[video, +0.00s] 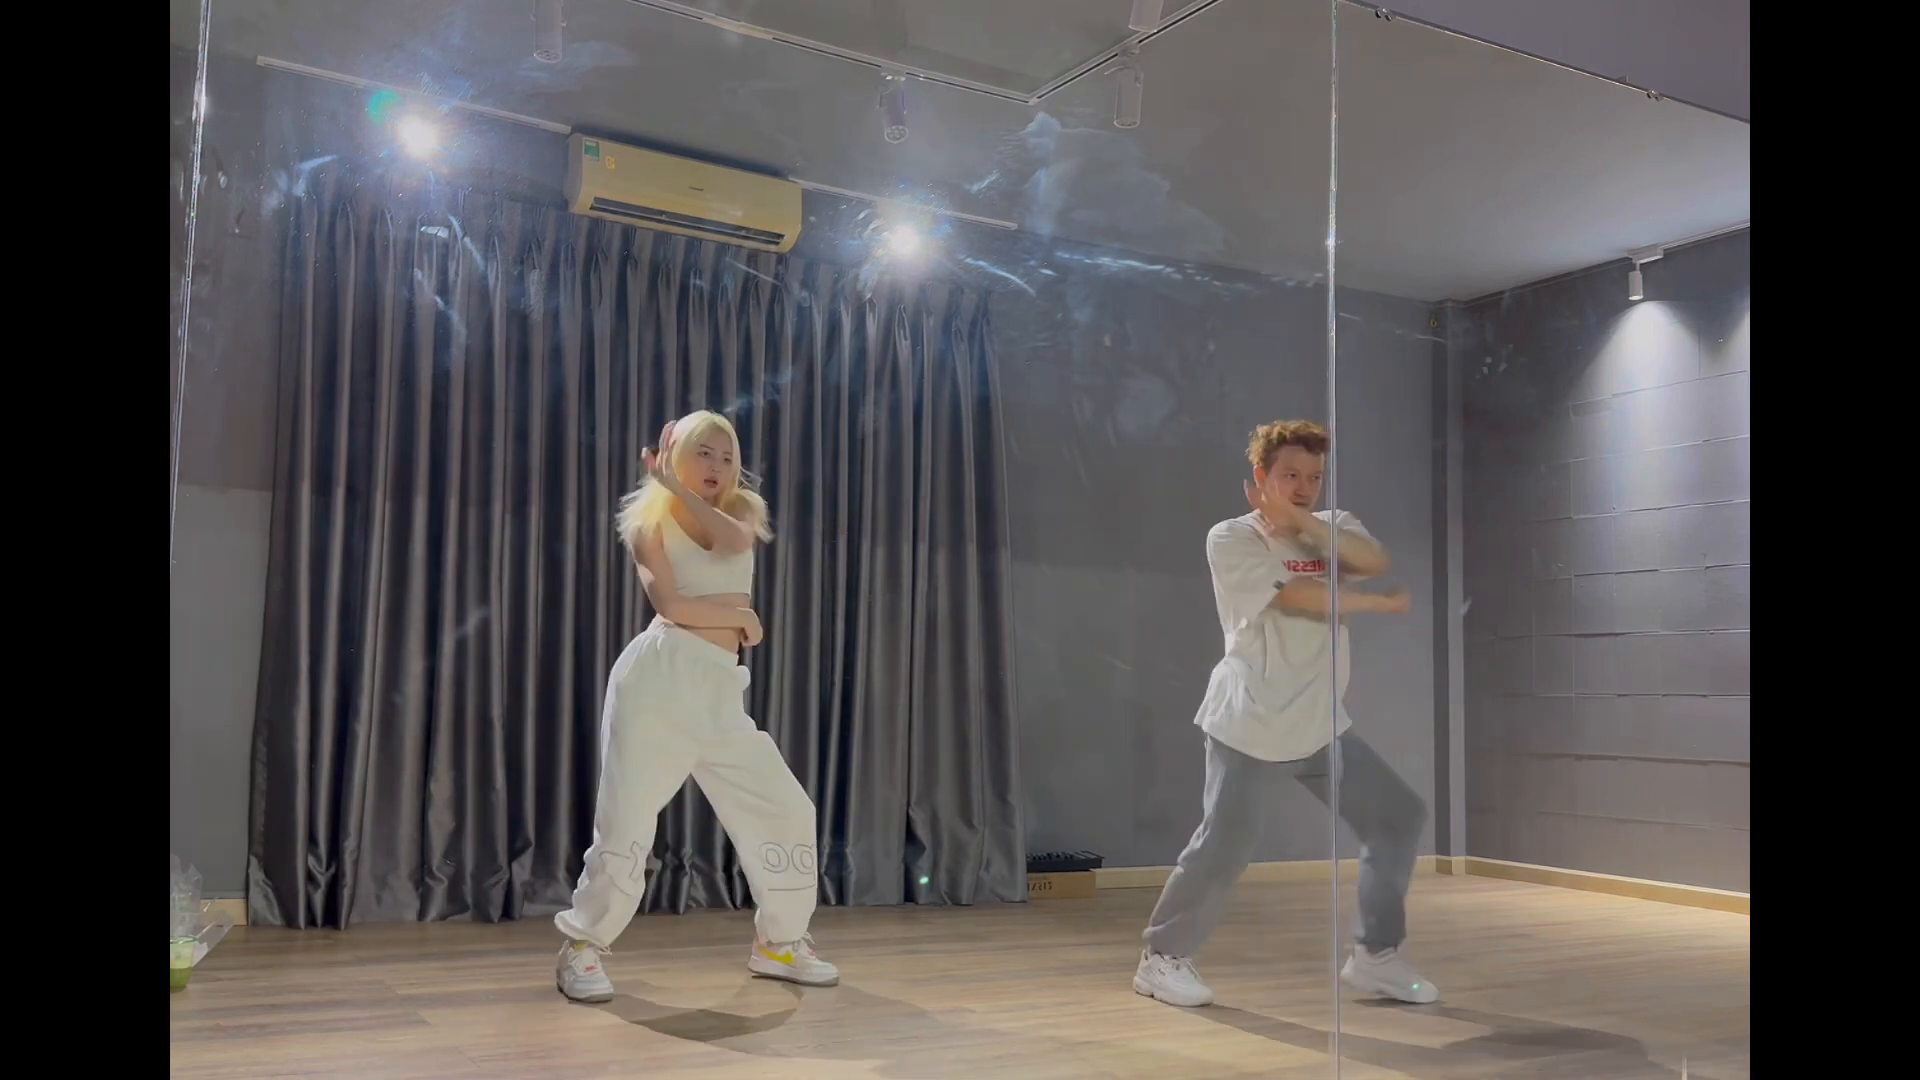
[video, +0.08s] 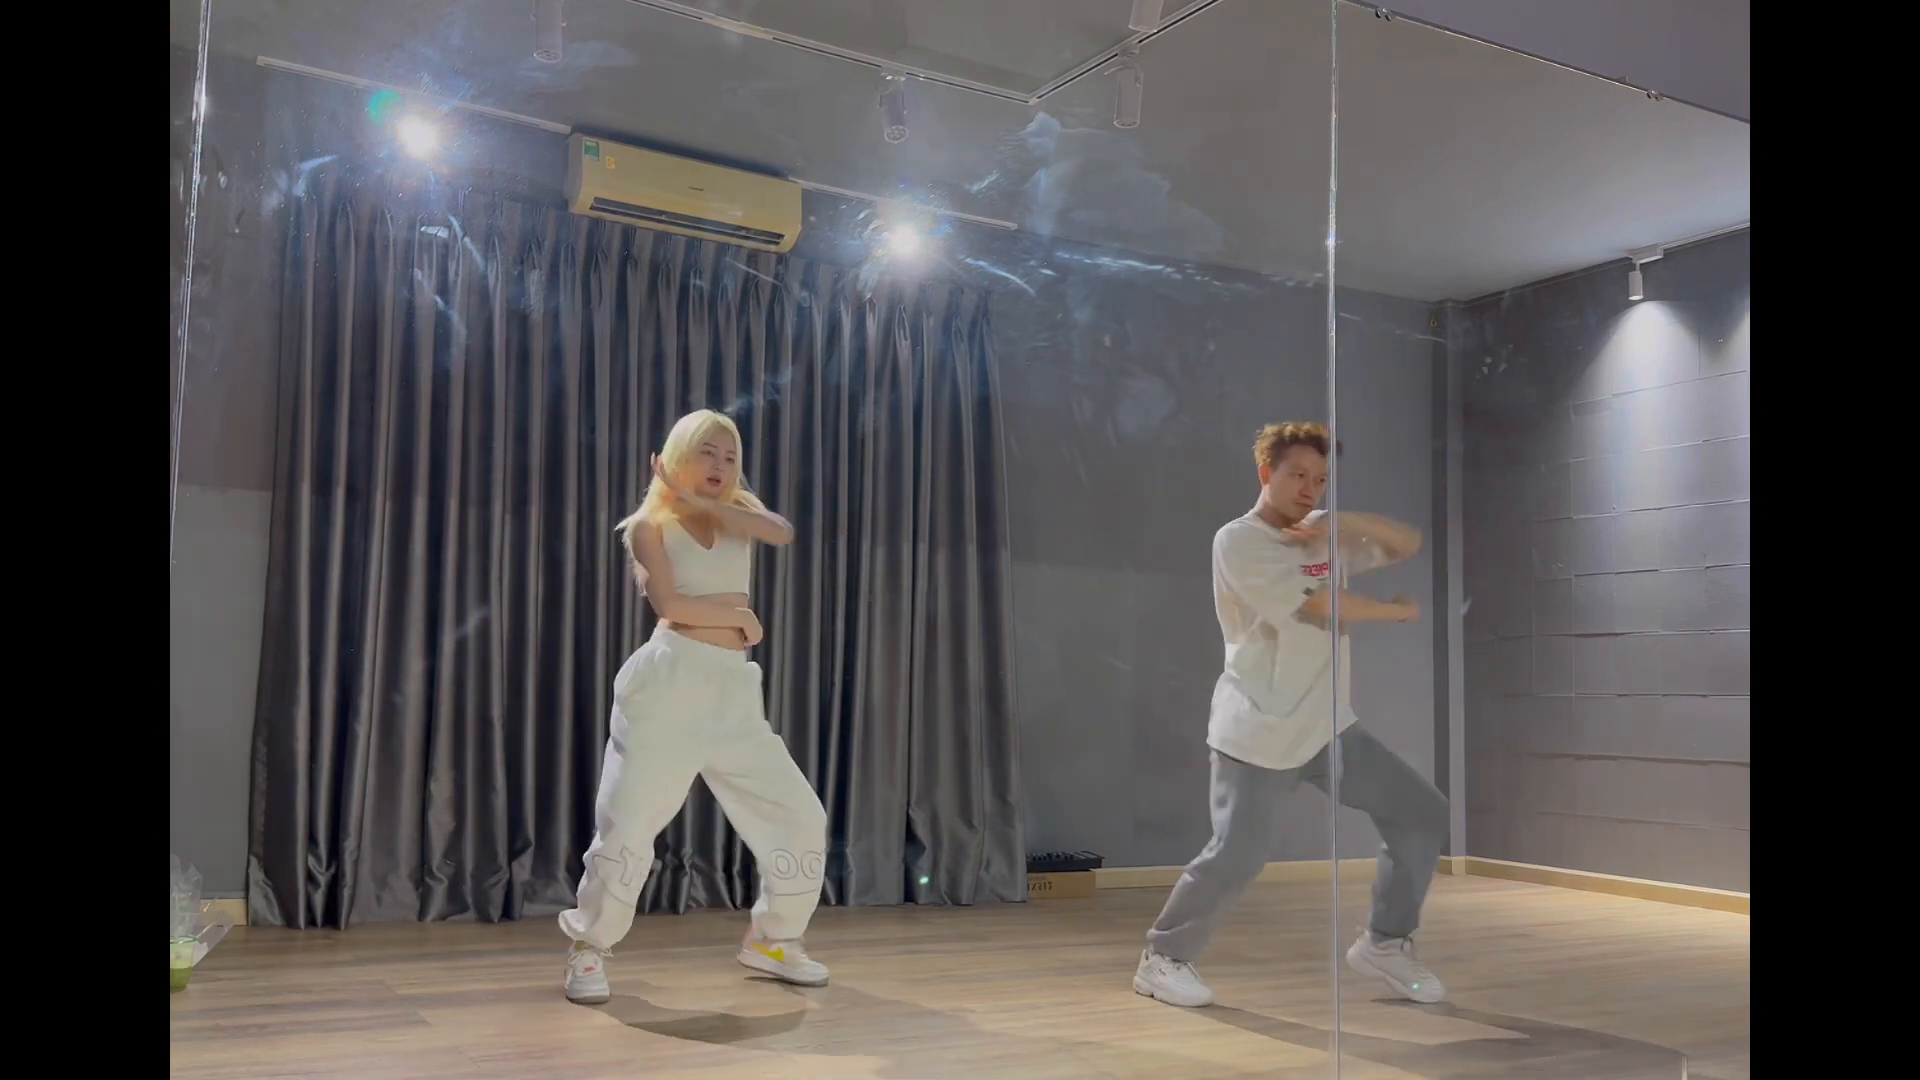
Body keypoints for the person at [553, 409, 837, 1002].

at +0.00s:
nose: (716, 465)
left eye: (727, 458)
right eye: (702, 453)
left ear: (738, 471)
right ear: (669, 461)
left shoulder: (745, 510)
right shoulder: (651, 514)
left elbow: (726, 539)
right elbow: (668, 605)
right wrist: (739, 616)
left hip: (721, 692)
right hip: (657, 681)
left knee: (789, 812)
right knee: (627, 824)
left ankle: (780, 942)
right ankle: (583, 950)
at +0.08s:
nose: (720, 467)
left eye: (729, 459)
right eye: (707, 454)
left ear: (738, 471)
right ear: (673, 464)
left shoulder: (737, 509)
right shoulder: (650, 522)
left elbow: (782, 533)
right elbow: (667, 606)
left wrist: (703, 501)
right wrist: (740, 615)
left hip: (734, 693)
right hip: (666, 685)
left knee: (801, 819)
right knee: (628, 826)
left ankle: (771, 940)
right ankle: (589, 950)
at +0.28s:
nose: (743, 468)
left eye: (751, 459)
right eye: (731, 457)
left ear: (756, 471)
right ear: (702, 463)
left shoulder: (754, 530)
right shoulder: (684, 508)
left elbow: (826, 530)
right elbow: (682, 583)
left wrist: (777, 502)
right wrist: (758, 602)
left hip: (785, 687)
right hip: (721, 692)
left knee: (814, 830)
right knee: (675, 841)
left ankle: (758, 948)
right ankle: (597, 947)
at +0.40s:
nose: (761, 461)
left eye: (766, 453)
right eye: (747, 451)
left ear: (772, 466)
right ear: (715, 465)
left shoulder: (766, 534)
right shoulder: (714, 516)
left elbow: (834, 548)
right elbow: (678, 500)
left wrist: (813, 505)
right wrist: (723, 501)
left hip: (807, 679)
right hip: (756, 686)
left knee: (822, 827)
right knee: (772, 829)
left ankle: (759, 945)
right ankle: (651, 915)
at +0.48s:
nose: (766, 453)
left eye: (770, 445)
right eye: (752, 445)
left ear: (774, 458)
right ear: (725, 457)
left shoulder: (775, 528)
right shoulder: (733, 507)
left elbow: (857, 539)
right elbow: (694, 467)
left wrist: (830, 485)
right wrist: (754, 441)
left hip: (785, 674)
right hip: (775, 675)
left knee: (805, 815)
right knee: (832, 813)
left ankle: (759, 944)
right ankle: (731, 933)